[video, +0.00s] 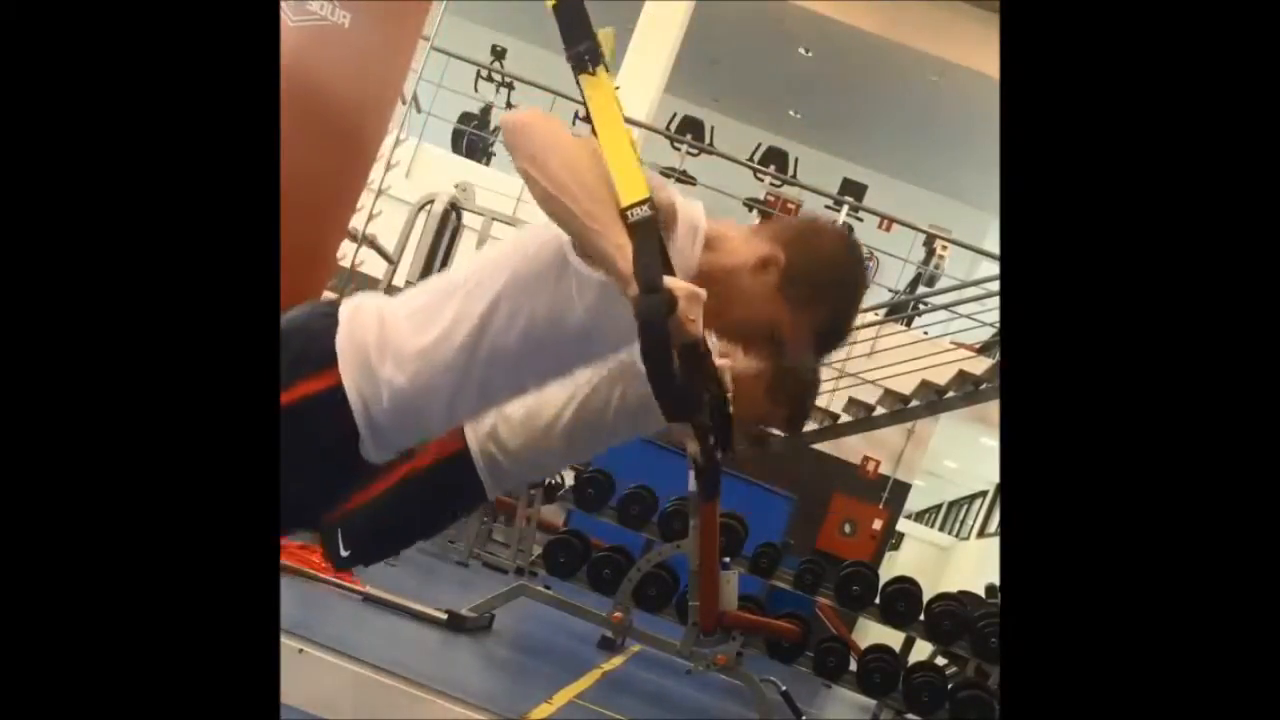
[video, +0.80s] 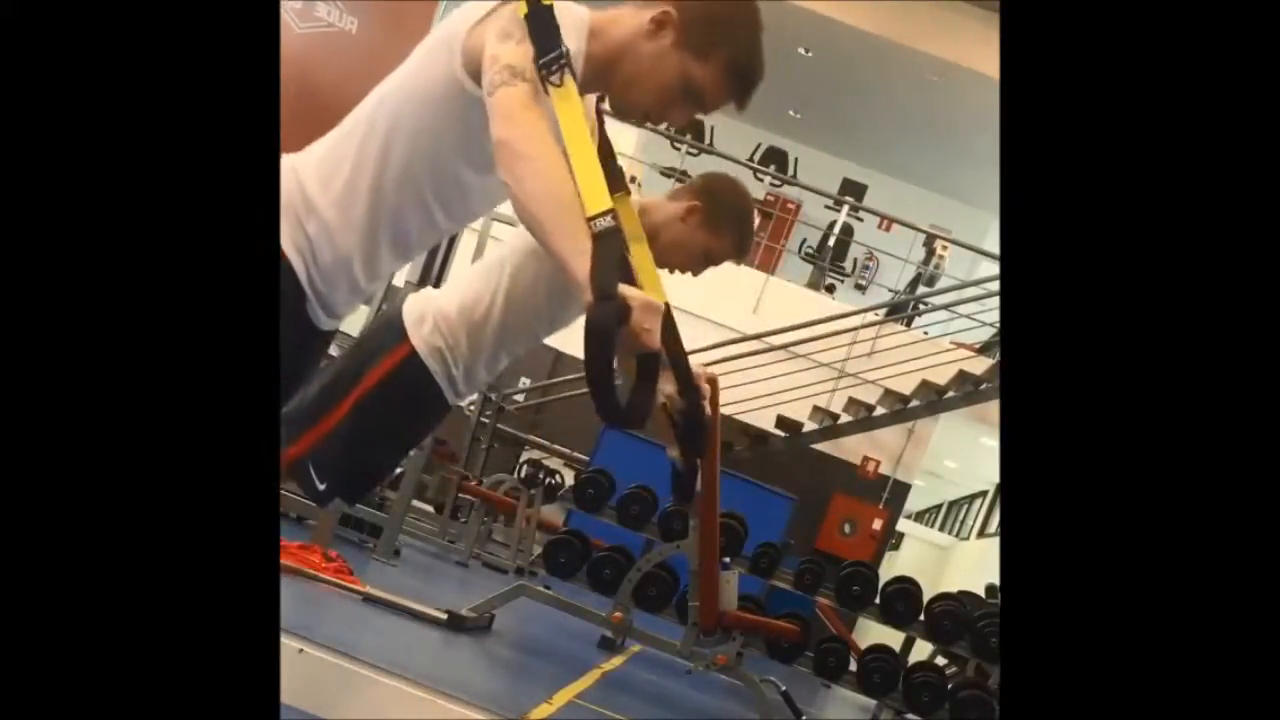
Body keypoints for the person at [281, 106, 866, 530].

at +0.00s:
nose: (748, 347)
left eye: (766, 349)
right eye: (764, 332)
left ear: (765, 257)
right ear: (766, 263)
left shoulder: (682, 312)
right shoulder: (667, 219)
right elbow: (526, 129)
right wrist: (644, 278)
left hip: (375, 432)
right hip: (337, 381)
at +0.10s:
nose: (744, 300)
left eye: (764, 298)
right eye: (763, 285)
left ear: (749, 212)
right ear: (751, 213)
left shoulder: (667, 260)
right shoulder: (650, 171)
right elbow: (523, 124)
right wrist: (637, 278)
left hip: (369, 410)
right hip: (325, 353)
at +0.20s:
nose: (725, 239)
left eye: (744, 236)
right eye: (744, 222)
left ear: (731, 153)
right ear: (730, 155)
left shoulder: (642, 208)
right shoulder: (620, 119)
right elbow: (523, 130)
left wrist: (678, 369)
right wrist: (639, 279)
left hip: (358, 378)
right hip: (318, 321)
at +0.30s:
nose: (713, 186)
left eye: (732, 177)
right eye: (727, 165)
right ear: (709, 93)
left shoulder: (620, 164)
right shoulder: (580, 67)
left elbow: (626, 292)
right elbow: (536, 144)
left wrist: (668, 366)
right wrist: (645, 284)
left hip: (355, 354)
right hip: (309, 297)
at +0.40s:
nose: (699, 145)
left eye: (717, 135)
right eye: (711, 119)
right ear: (683, 45)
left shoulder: (597, 134)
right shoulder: (553, 33)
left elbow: (634, 260)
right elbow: (539, 149)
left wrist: (662, 371)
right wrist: (647, 306)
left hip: (335, 336)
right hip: (294, 275)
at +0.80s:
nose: (679, 124)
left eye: (696, 117)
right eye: (690, 97)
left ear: (656, 25)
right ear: (661, 24)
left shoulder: (577, 107)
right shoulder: (531, 17)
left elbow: (617, 234)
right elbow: (517, 138)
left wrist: (670, 366)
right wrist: (603, 286)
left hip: (323, 306)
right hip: (287, 252)